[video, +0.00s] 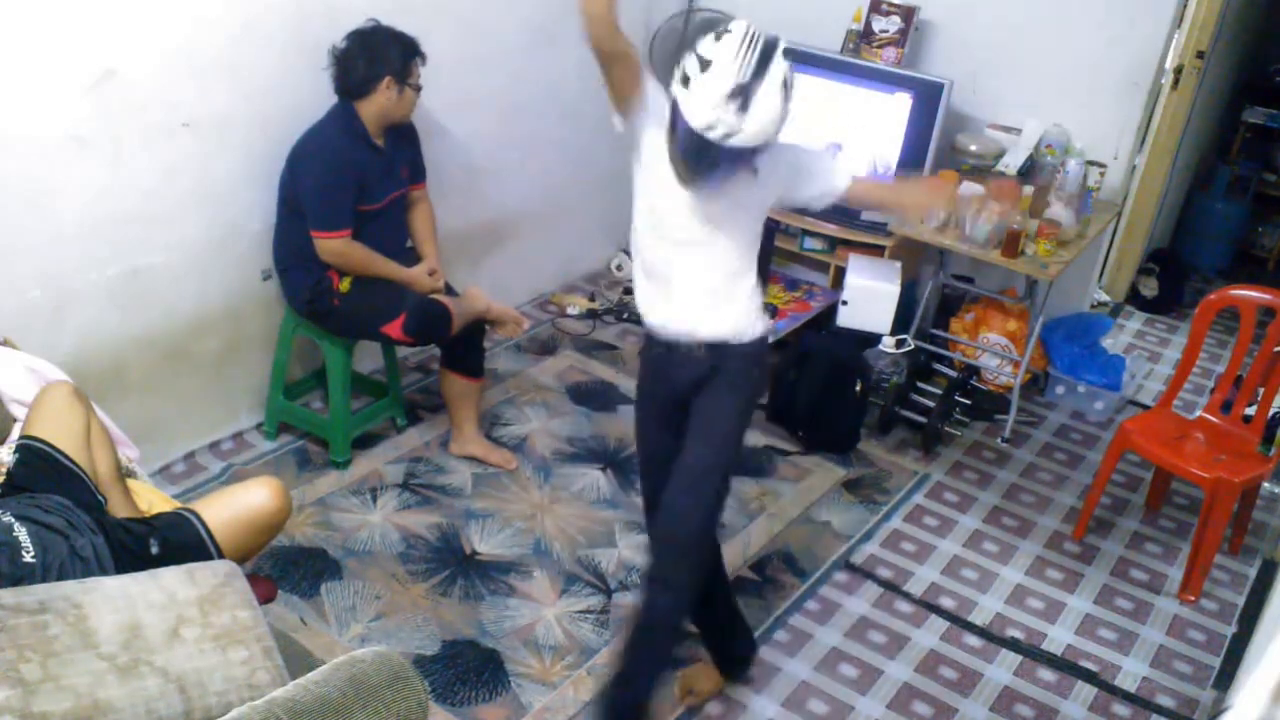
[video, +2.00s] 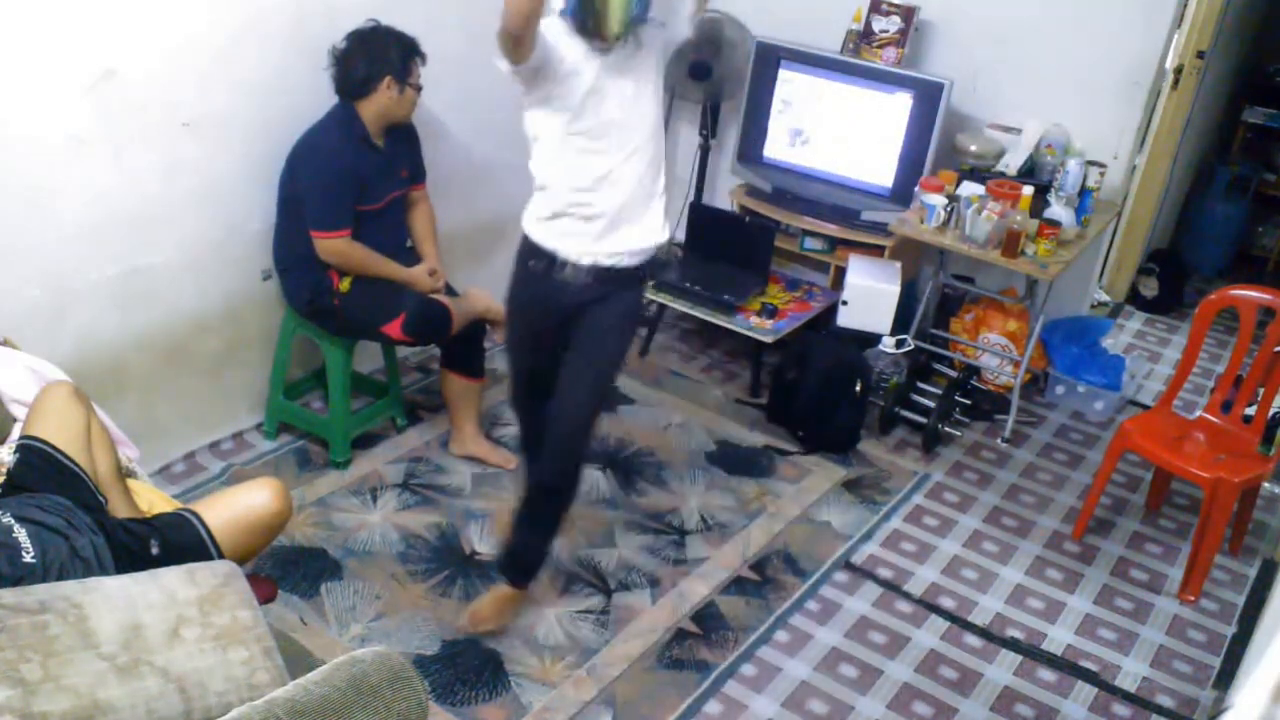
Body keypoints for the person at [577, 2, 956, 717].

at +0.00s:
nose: (710, 159)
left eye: (730, 151)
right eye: (699, 139)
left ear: (757, 133)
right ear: (677, 101)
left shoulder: (776, 164)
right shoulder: (650, 120)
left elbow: (880, 191)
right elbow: (605, 40)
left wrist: (972, 193)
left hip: (732, 359)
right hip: (661, 354)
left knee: (681, 525)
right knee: (671, 519)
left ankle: (620, 705)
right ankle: (734, 650)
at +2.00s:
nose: (612, 22)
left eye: (623, 16)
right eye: (602, 15)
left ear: (637, 12)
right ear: (579, 7)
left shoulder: (654, 38)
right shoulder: (543, 48)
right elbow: (514, 33)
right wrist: (536, 3)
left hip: (621, 277)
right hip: (542, 267)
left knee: (566, 432)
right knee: (531, 417)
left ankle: (516, 577)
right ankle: (540, 513)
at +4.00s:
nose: (703, 99)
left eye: (712, 82)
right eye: (694, 83)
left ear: (754, 57)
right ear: (688, 65)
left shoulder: (824, 93)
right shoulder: (718, 109)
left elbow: (896, 94)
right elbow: (697, 212)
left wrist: (861, 13)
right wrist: (651, 290)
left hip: (773, 304)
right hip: (706, 284)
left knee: (743, 445)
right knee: (660, 410)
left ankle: (738, 582)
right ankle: (667, 536)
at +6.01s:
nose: (618, 108)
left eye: (626, 91)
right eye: (606, 94)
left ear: (666, 68)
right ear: (599, 83)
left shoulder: (741, 131)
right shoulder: (627, 136)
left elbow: (797, 55)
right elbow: (588, 238)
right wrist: (515, 327)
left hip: (683, 353)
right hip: (619, 327)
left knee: (657, 493)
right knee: (568, 447)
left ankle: (674, 603)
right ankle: (603, 550)